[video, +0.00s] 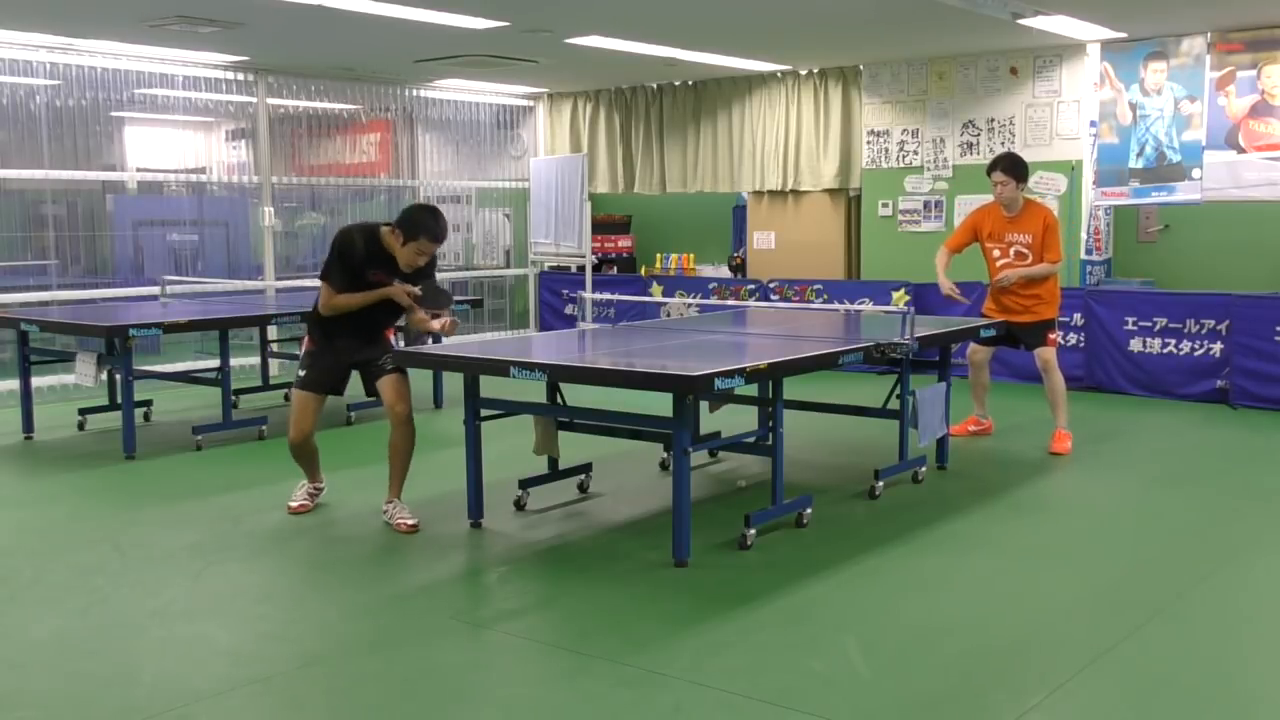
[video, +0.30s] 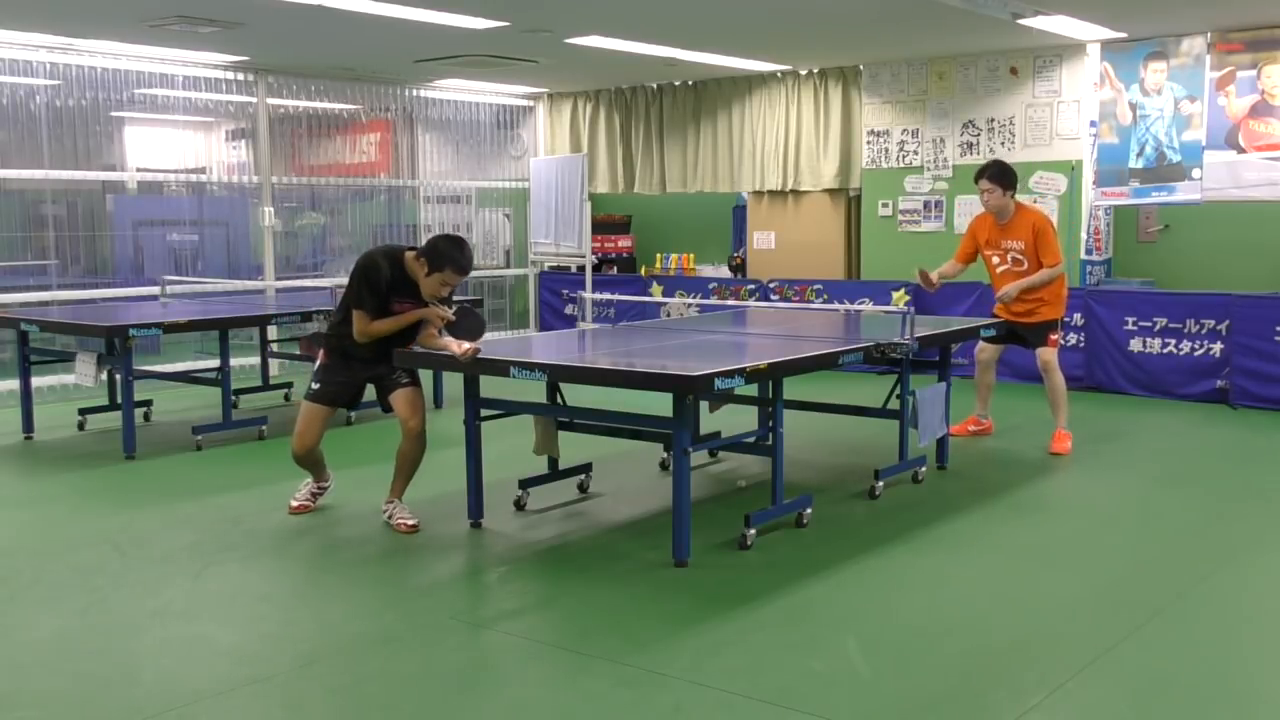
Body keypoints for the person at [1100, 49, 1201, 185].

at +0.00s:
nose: (1158, 77)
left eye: (1162, 72)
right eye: (1154, 71)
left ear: (1167, 73)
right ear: (1143, 72)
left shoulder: (1173, 89)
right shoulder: (1135, 91)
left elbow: (1198, 106)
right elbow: (1125, 121)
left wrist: (1191, 107)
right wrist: (1120, 95)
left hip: (1171, 161)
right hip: (1141, 163)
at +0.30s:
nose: (1158, 77)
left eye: (1162, 72)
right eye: (1154, 71)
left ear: (1167, 73)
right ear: (1143, 72)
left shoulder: (1173, 89)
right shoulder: (1135, 91)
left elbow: (1198, 105)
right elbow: (1125, 120)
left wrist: (1191, 107)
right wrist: (1120, 95)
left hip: (1171, 161)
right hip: (1141, 164)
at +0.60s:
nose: (1158, 77)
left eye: (1162, 72)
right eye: (1154, 71)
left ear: (1167, 73)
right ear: (1143, 72)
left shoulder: (1173, 89)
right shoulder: (1135, 91)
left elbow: (1198, 105)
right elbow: (1125, 120)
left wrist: (1191, 107)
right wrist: (1120, 95)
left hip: (1171, 161)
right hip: (1141, 164)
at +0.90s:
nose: (1158, 77)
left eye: (1162, 72)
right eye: (1154, 71)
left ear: (1167, 73)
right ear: (1143, 72)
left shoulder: (1173, 89)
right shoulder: (1135, 91)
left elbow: (1198, 106)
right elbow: (1125, 120)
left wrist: (1191, 107)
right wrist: (1121, 95)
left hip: (1171, 162)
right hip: (1141, 164)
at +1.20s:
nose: (1158, 77)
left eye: (1162, 72)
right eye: (1154, 71)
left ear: (1167, 73)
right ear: (1143, 72)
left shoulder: (1173, 89)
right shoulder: (1135, 91)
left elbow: (1198, 106)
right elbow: (1125, 121)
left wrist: (1191, 107)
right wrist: (1120, 95)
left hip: (1171, 161)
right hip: (1141, 164)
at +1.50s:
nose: (1158, 77)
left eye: (1162, 72)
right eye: (1154, 71)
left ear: (1167, 73)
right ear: (1143, 72)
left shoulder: (1173, 89)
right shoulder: (1134, 91)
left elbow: (1198, 106)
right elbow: (1125, 121)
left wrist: (1191, 107)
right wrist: (1121, 95)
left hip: (1171, 162)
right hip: (1141, 164)